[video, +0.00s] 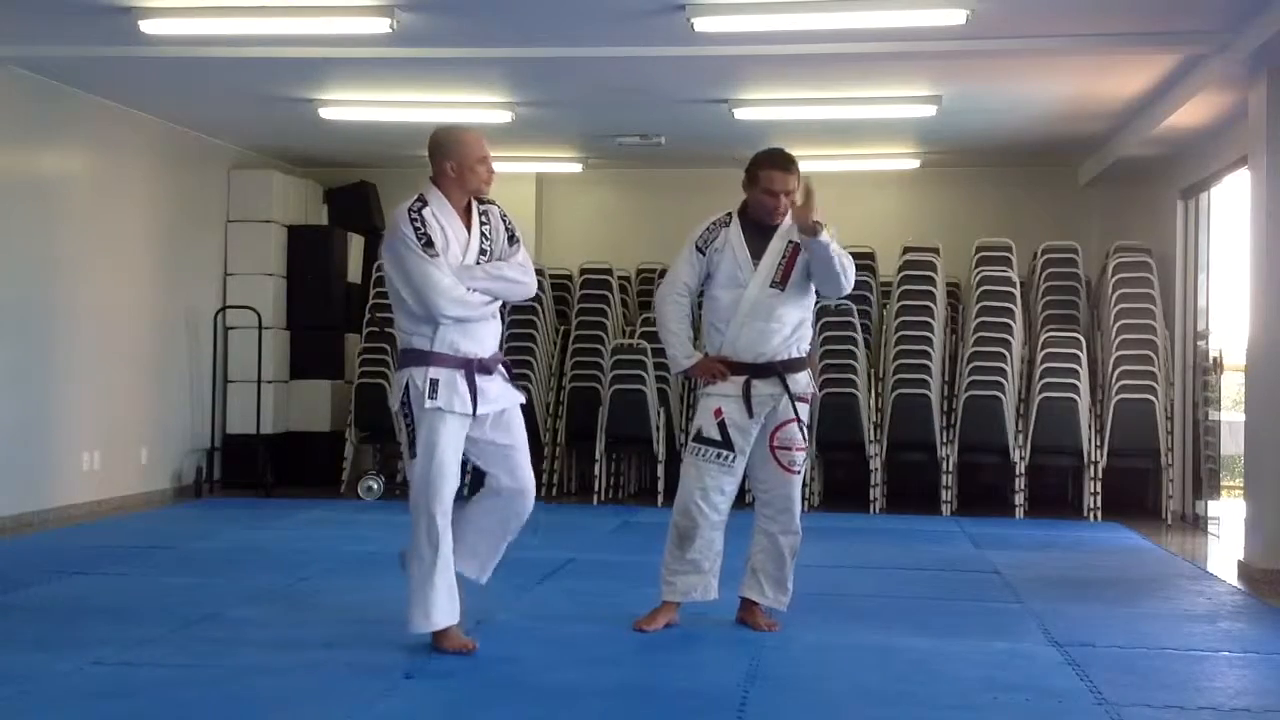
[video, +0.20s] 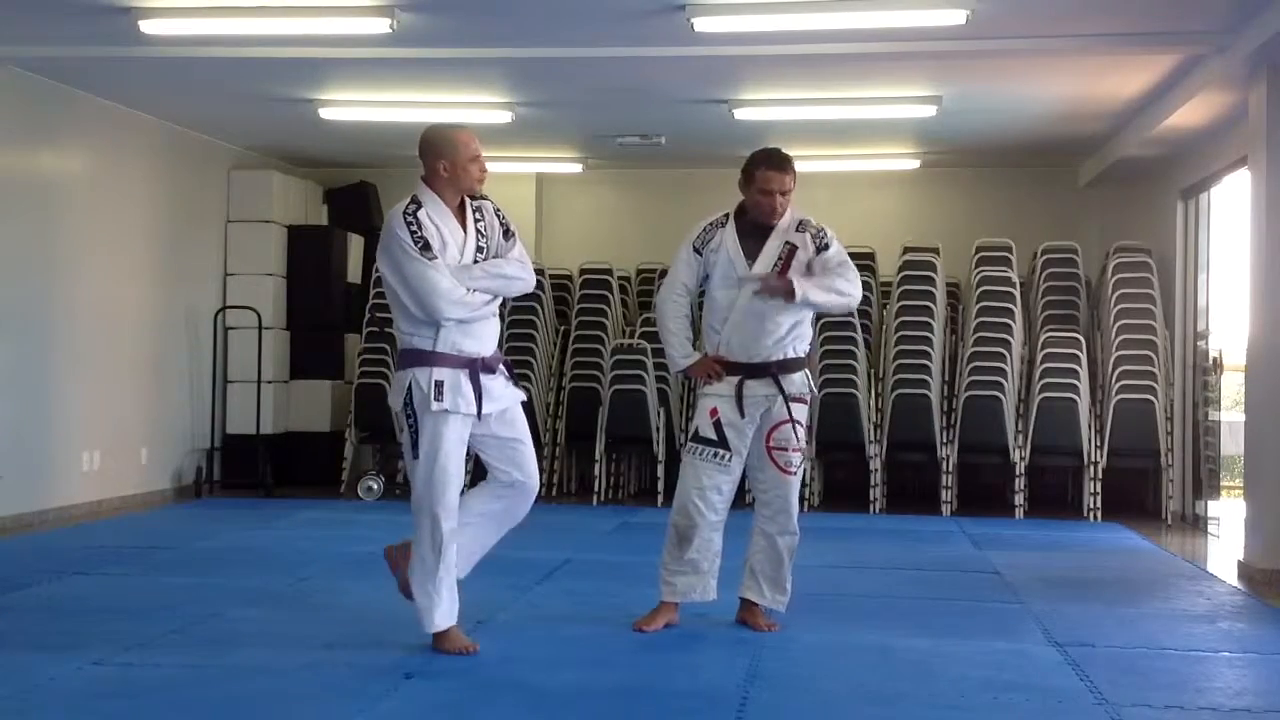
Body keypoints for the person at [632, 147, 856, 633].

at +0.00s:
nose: (779, 203)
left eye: (787, 194)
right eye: (769, 193)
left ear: (797, 194)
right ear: (747, 187)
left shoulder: (809, 241)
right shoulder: (713, 236)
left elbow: (839, 286)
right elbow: (671, 296)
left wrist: (812, 234)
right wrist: (688, 358)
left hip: (789, 388)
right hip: (725, 384)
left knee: (781, 503)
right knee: (698, 498)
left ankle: (755, 602)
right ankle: (672, 600)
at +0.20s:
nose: (776, 203)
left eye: (784, 194)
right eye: (766, 192)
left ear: (794, 192)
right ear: (743, 187)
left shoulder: (811, 238)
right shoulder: (709, 236)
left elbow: (849, 290)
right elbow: (672, 298)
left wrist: (798, 288)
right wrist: (687, 356)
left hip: (786, 389)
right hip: (721, 385)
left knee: (779, 504)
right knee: (695, 500)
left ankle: (755, 602)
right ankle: (671, 601)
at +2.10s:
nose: (763, 188)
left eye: (772, 178)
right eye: (753, 179)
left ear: (789, 183)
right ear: (739, 186)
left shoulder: (818, 239)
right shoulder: (713, 238)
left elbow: (857, 301)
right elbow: (678, 300)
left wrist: (838, 360)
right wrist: (689, 356)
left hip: (788, 390)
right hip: (722, 386)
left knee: (779, 507)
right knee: (695, 500)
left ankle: (756, 605)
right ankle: (671, 602)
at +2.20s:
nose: (765, 188)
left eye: (774, 179)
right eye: (754, 180)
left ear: (790, 184)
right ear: (739, 187)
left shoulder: (819, 240)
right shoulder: (713, 239)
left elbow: (858, 302)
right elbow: (678, 300)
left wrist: (838, 360)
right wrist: (689, 356)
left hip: (788, 389)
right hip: (722, 385)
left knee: (779, 506)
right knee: (696, 499)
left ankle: (756, 604)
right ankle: (671, 601)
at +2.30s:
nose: (767, 189)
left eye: (776, 180)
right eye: (757, 180)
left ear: (792, 185)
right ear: (741, 186)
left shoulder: (820, 241)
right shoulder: (713, 239)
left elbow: (857, 302)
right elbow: (676, 301)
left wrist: (839, 360)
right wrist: (689, 356)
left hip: (789, 389)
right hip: (723, 384)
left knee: (780, 505)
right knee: (696, 498)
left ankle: (756, 605)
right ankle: (671, 602)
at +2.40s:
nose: (769, 190)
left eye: (779, 181)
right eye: (759, 181)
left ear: (794, 186)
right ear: (743, 186)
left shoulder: (820, 241)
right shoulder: (714, 238)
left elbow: (857, 303)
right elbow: (676, 300)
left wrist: (838, 361)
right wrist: (688, 356)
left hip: (789, 388)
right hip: (723, 384)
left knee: (780, 505)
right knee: (696, 498)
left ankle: (756, 605)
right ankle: (671, 602)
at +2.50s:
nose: (771, 190)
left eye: (781, 181)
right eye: (761, 180)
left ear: (796, 187)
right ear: (745, 185)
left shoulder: (821, 242)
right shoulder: (714, 238)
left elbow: (857, 304)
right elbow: (676, 299)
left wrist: (838, 361)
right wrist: (688, 356)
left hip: (789, 389)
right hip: (723, 384)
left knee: (780, 506)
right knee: (697, 499)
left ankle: (756, 604)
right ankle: (672, 602)